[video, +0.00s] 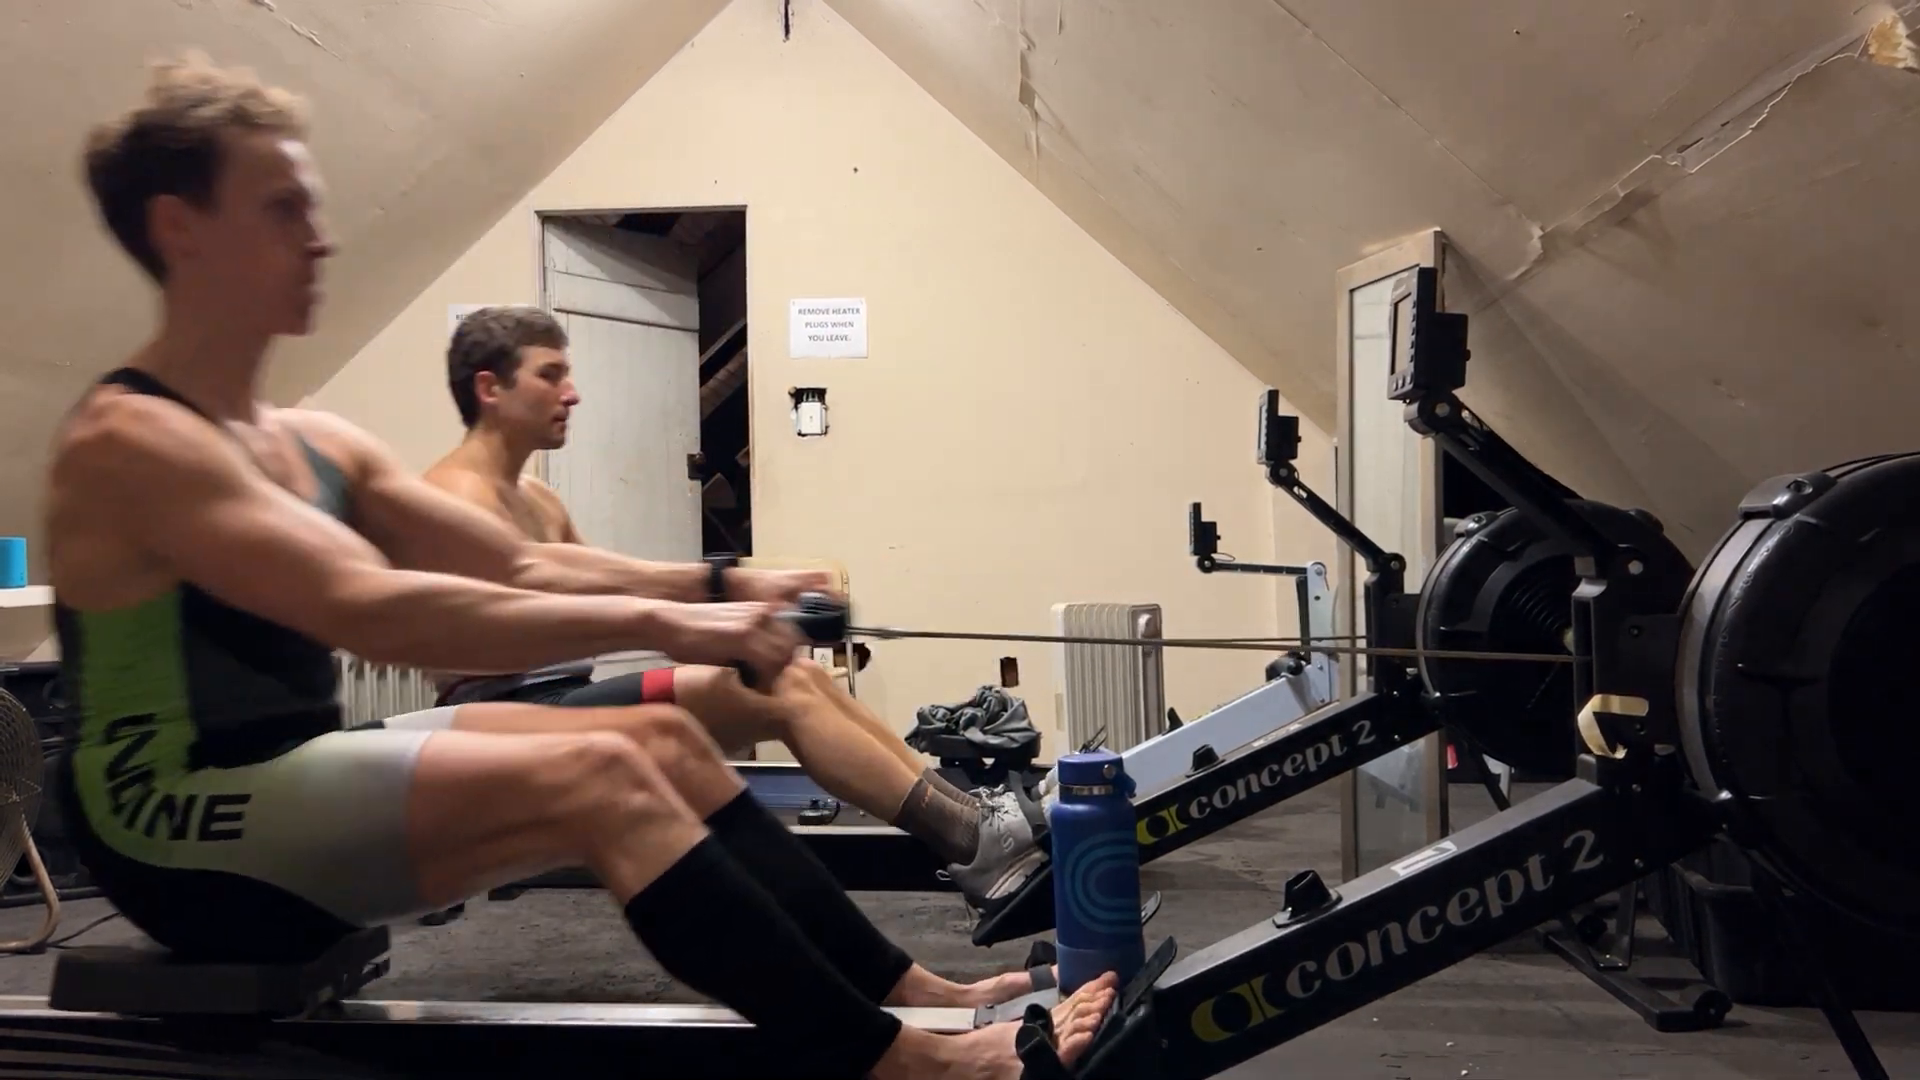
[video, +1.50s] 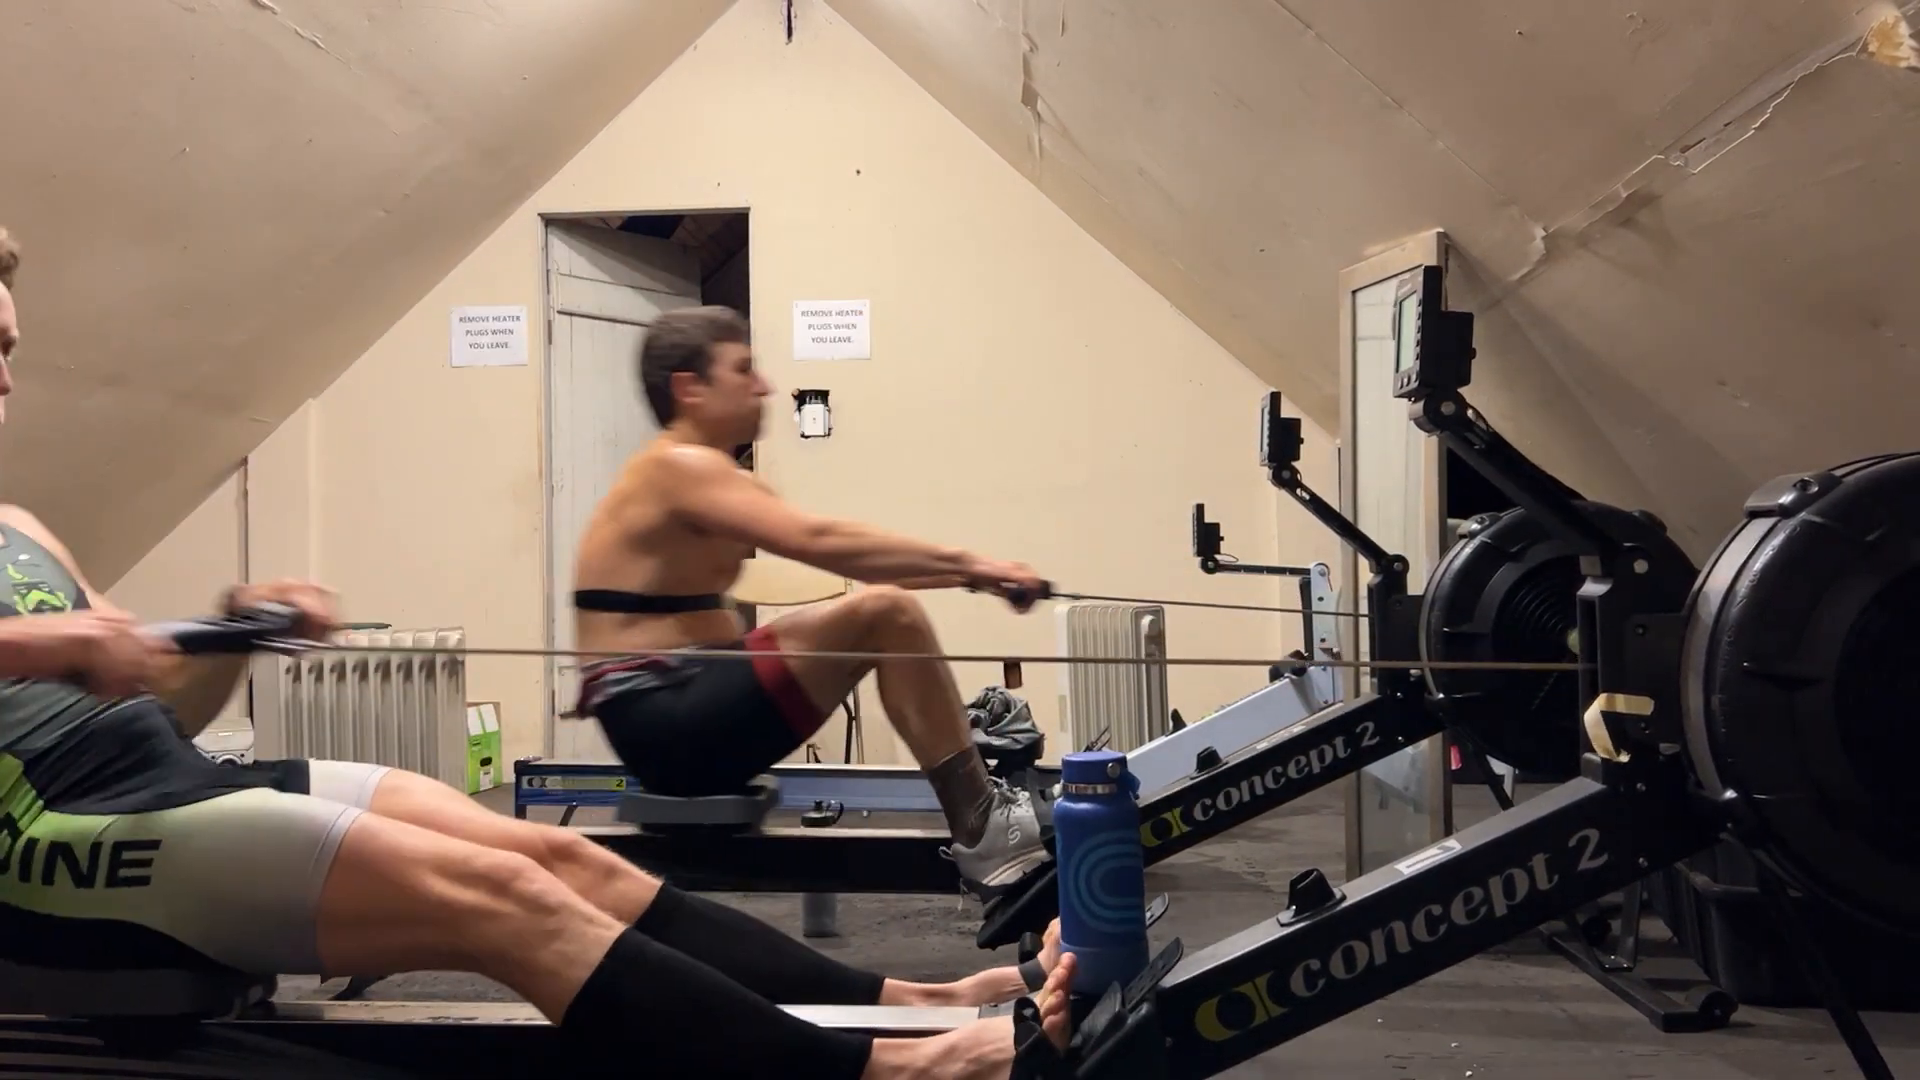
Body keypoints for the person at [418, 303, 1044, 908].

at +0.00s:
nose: (569, 393)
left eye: (566, 376)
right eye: (550, 377)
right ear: (488, 388)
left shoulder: (541, 504)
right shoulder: (456, 495)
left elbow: (619, 590)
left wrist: (746, 594)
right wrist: (719, 604)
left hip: (560, 690)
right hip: (505, 709)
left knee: (802, 671)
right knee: (781, 687)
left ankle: (978, 825)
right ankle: (972, 848)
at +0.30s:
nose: (711, 391)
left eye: (708, 374)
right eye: (691, 373)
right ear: (632, 383)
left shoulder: (663, 493)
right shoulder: (591, 479)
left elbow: (756, 567)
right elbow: (690, 582)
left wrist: (865, 599)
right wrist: (842, 598)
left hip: (645, 708)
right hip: (603, 718)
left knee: (862, 634)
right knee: (850, 645)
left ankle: (980, 836)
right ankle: (975, 849)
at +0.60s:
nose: (861, 395)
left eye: (854, 376)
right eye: (844, 376)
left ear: (792, 390)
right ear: (787, 388)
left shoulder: (793, 486)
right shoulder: (748, 477)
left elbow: (900, 569)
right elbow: (888, 568)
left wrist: (1031, 609)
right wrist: (1035, 600)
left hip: (751, 718)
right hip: (721, 728)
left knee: (938, 616)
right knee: (924, 620)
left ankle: (981, 824)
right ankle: (976, 836)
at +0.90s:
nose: (993, 401)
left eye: (987, 382)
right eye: (976, 383)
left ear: (927, 398)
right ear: (923, 395)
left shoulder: (887, 476)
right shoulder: (896, 481)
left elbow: (1041, 562)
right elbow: (1042, 559)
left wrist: (1180, 606)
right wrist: (1190, 596)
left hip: (806, 722)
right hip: (806, 733)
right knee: (1003, 583)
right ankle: (976, 817)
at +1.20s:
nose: (999, 398)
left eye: (991, 381)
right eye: (982, 382)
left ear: (926, 398)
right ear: (928, 395)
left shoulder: (901, 475)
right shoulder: (911, 481)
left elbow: (1065, 553)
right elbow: (1064, 547)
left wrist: (1199, 585)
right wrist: (1213, 573)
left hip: (826, 726)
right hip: (832, 735)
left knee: (995, 579)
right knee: (1011, 589)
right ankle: (980, 822)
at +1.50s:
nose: (764, 387)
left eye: (755, 369)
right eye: (743, 371)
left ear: (694, 390)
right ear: (686, 388)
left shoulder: (706, 472)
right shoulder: (681, 468)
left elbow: (839, 554)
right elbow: (823, 543)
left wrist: (969, 569)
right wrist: (968, 566)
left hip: (687, 712)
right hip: (665, 724)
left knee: (885, 612)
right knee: (887, 616)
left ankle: (980, 817)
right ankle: (978, 828)